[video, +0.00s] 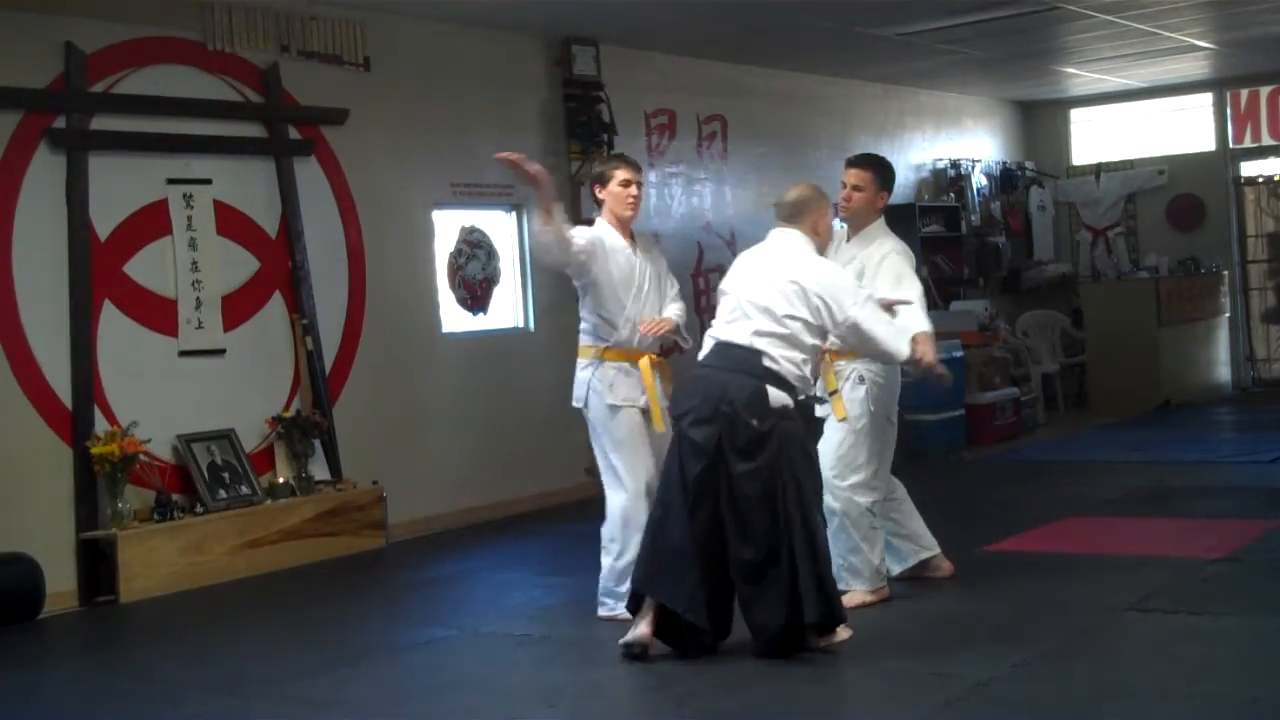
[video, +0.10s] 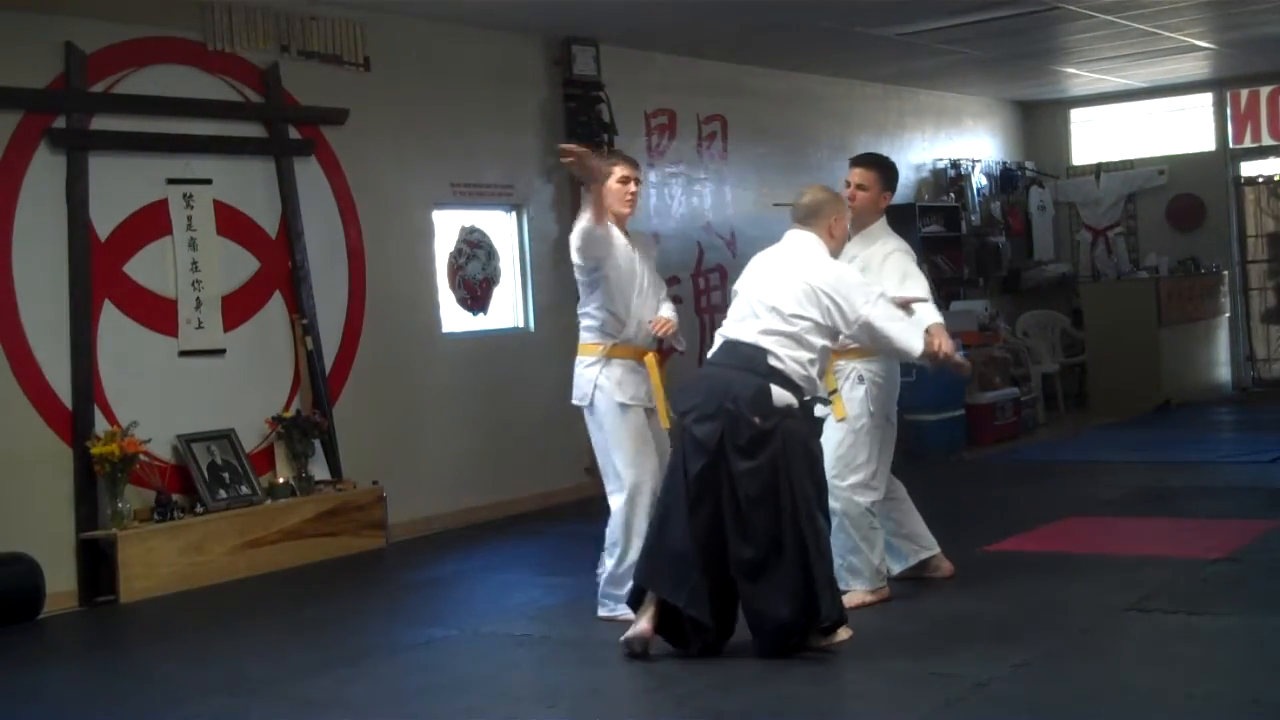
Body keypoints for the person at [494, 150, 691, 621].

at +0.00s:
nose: (634, 193)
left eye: (638, 186)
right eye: (624, 185)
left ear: (642, 194)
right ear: (600, 192)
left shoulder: (650, 247)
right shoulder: (590, 240)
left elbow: (676, 302)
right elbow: (553, 253)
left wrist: (671, 320)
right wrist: (545, 196)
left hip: (649, 373)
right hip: (608, 375)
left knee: (652, 480)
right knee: (633, 483)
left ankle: (646, 590)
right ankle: (616, 597)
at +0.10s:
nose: (632, 190)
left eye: (635, 183)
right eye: (622, 182)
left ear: (638, 192)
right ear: (600, 189)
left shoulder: (634, 248)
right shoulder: (593, 244)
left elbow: (661, 297)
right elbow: (591, 231)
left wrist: (669, 316)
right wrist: (593, 182)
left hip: (640, 371)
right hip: (606, 372)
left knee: (660, 473)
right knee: (636, 478)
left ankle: (643, 585)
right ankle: (616, 595)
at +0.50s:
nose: (632, 187)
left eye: (633, 178)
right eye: (624, 178)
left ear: (602, 187)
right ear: (594, 185)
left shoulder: (599, 229)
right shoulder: (600, 227)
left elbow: (627, 304)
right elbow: (637, 254)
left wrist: (664, 317)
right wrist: (676, 209)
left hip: (603, 367)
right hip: (617, 369)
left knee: (619, 479)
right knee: (650, 474)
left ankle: (608, 578)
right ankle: (619, 593)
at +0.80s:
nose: (630, 188)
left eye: (630, 180)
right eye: (622, 181)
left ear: (600, 189)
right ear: (593, 187)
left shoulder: (600, 230)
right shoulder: (598, 228)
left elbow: (630, 301)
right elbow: (631, 255)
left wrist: (661, 318)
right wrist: (661, 206)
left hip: (606, 367)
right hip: (620, 369)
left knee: (625, 478)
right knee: (649, 475)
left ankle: (608, 576)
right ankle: (622, 595)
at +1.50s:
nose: (622, 190)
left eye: (628, 181)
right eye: (612, 184)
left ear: (640, 187)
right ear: (598, 193)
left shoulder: (663, 240)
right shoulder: (582, 248)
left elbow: (685, 303)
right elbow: (569, 314)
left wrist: (678, 355)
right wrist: (574, 369)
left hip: (658, 372)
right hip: (602, 374)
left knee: (661, 468)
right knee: (587, 472)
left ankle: (664, 571)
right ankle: (584, 571)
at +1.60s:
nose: (620, 190)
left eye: (627, 181)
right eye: (611, 183)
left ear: (640, 189)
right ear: (598, 193)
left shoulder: (661, 243)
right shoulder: (583, 251)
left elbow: (675, 315)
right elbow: (570, 319)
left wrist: (656, 377)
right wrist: (574, 383)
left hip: (650, 376)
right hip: (596, 378)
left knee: (650, 467)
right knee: (588, 468)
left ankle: (654, 558)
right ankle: (603, 557)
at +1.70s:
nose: (617, 190)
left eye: (625, 182)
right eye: (608, 183)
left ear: (640, 189)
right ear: (598, 193)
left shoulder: (656, 244)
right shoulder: (587, 251)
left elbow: (665, 319)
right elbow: (577, 320)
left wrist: (637, 389)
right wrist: (578, 385)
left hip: (647, 378)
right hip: (598, 380)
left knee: (645, 474)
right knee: (601, 476)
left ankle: (654, 561)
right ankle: (629, 554)